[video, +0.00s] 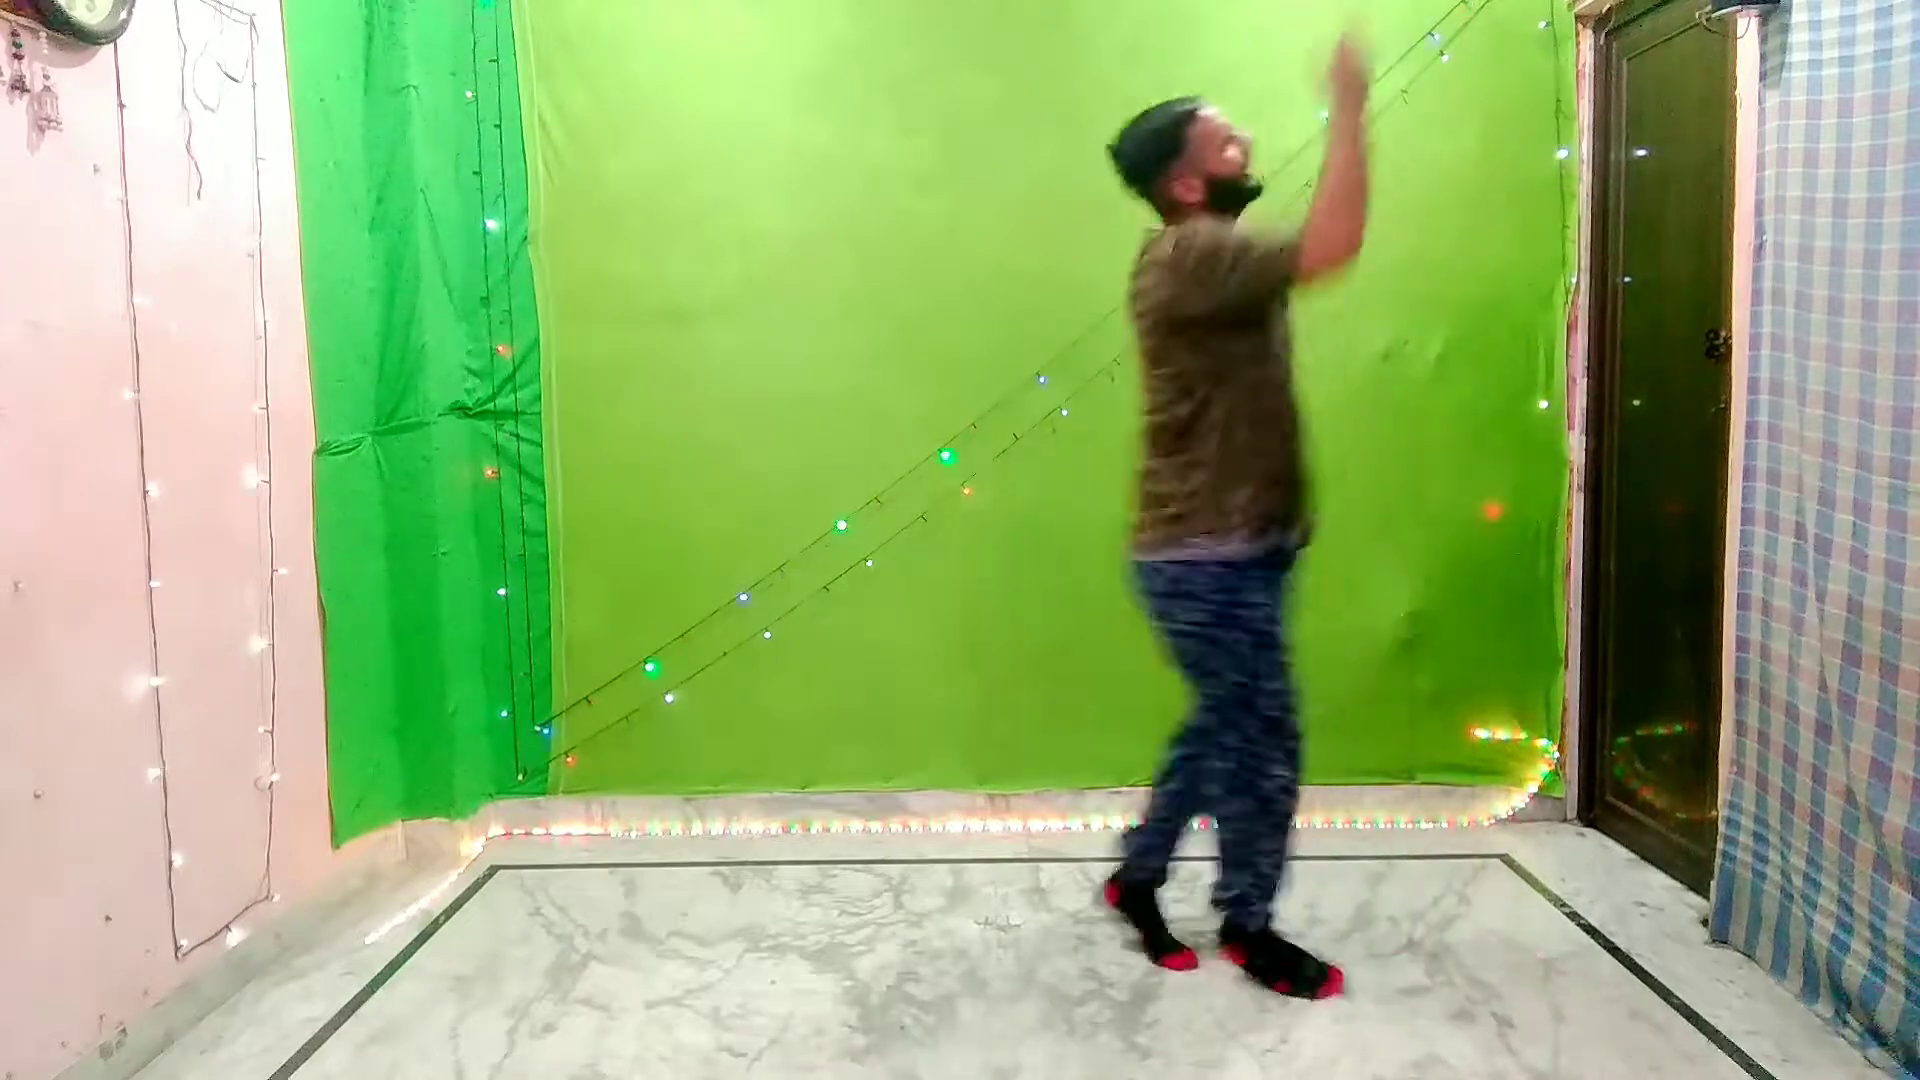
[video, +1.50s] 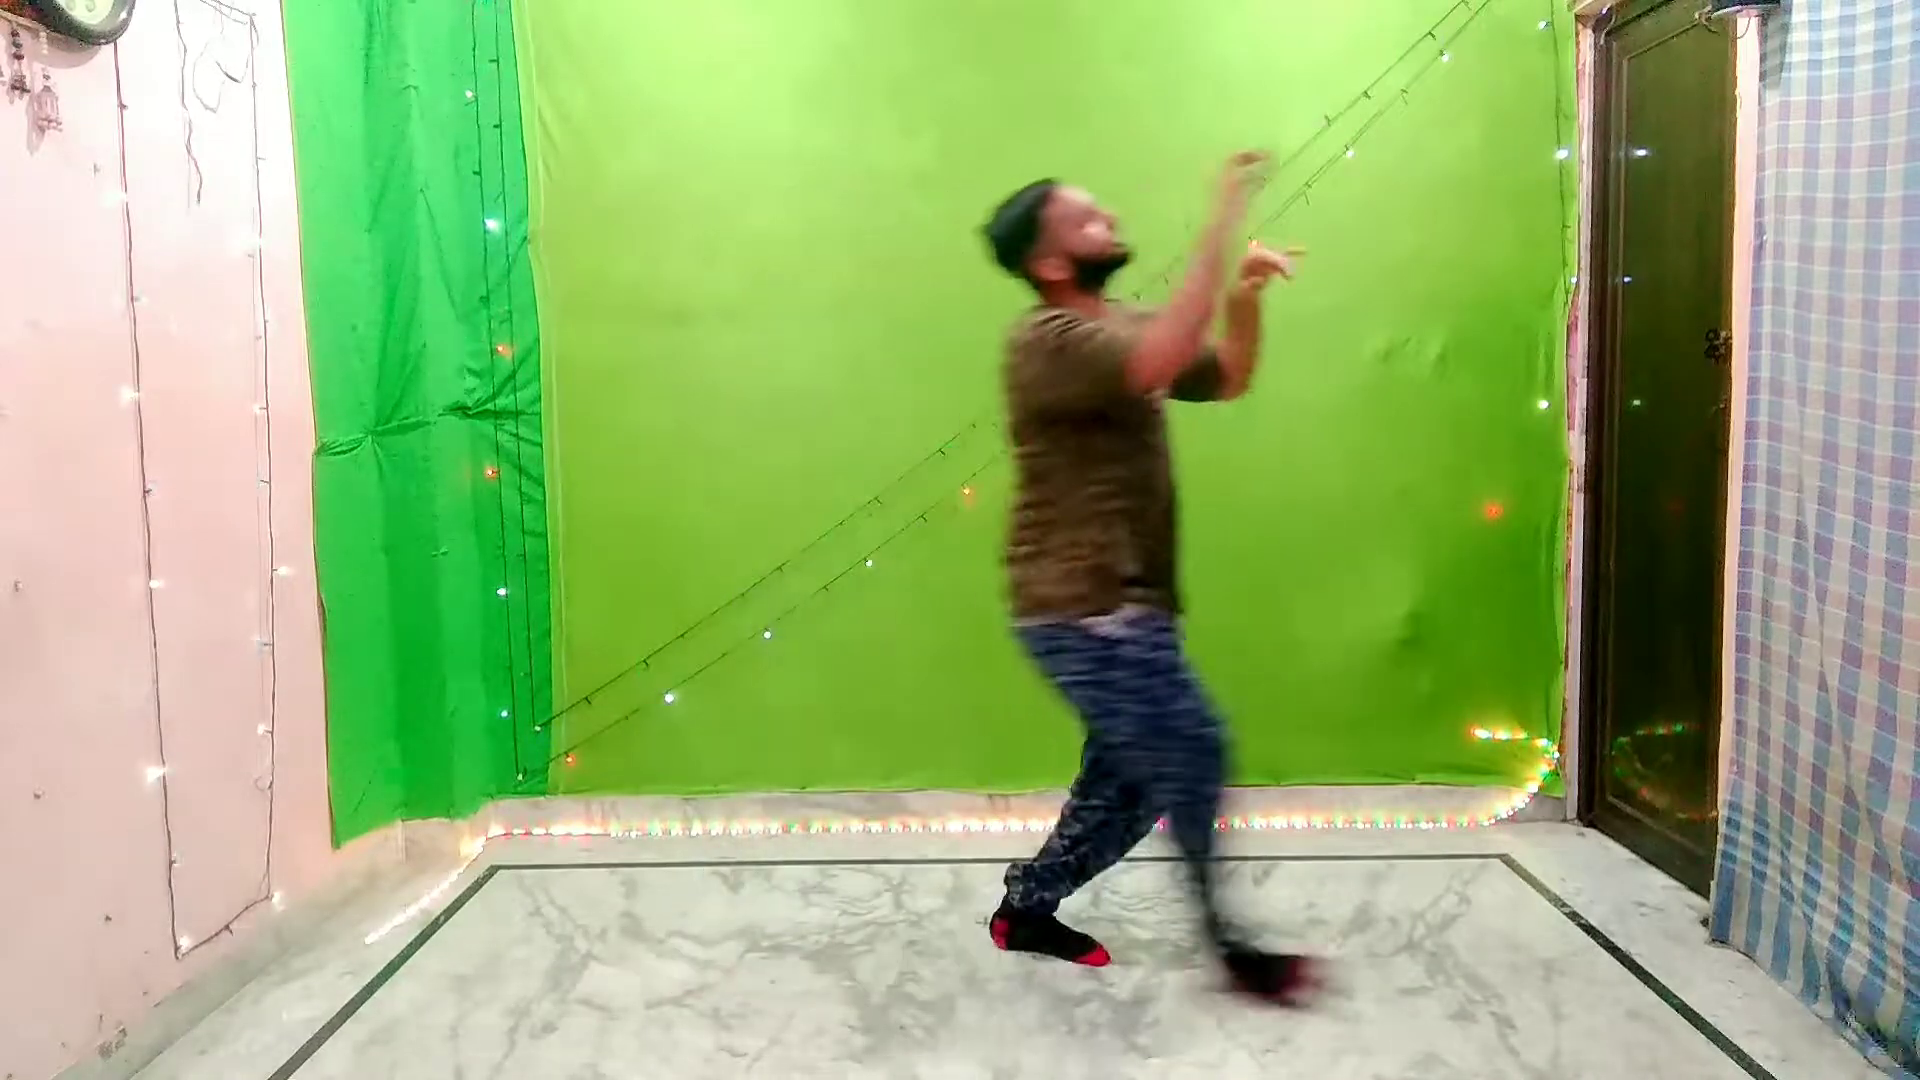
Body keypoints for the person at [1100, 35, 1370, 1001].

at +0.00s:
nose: (1241, 139)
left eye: (1229, 128)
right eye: (1221, 133)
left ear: (1182, 174)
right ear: (1184, 171)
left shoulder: (1201, 255)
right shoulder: (1190, 258)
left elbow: (1325, 244)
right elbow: (1330, 244)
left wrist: (1348, 123)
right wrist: (1350, 109)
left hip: (1228, 553)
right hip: (1207, 562)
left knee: (1224, 719)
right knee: (1262, 741)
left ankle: (1139, 875)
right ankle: (1247, 927)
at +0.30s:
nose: (1151, 232)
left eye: (1140, 220)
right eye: (1130, 228)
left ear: (1101, 265)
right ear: (1092, 262)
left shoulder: (1116, 341)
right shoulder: (1083, 341)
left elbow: (1178, 409)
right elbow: (1202, 411)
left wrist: (1197, 466)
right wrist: (1293, 332)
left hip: (1068, 614)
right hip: (985, 607)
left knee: (1140, 733)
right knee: (898, 763)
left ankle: (1109, 911)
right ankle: (754, 882)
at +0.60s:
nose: (943, 223)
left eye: (938, 211)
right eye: (923, 217)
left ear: (923, 247)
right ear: (886, 252)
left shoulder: (946, 332)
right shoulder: (872, 333)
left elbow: (1023, 349)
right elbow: (992, 340)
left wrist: (1109, 325)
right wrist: (1120, 301)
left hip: (963, 616)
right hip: (859, 620)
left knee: (1046, 740)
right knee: (796, 778)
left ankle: (1096, 912)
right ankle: (701, 915)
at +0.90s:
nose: (829, 243)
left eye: (821, 232)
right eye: (807, 241)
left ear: (826, 252)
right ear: (766, 284)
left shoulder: (884, 341)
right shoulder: (758, 356)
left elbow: (988, 366)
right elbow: (833, 378)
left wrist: (1036, 314)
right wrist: (964, 288)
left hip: (923, 613)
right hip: (809, 629)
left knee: (1023, 731)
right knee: (759, 792)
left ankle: (1052, 911)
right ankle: (696, 926)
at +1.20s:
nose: (954, 231)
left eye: (943, 220)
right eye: (929, 230)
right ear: (895, 277)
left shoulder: (1001, 338)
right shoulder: (885, 367)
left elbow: (1105, 367)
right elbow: (967, 417)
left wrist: (1139, 290)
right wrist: (990, 281)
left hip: (1012, 619)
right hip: (910, 630)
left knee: (1078, 751)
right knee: (847, 783)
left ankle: (1022, 914)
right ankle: (723, 905)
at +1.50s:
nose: (1105, 219)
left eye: (1095, 208)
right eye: (1083, 216)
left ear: (1064, 258)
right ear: (1048, 260)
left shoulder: (1122, 326)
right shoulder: (1049, 341)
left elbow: (1225, 377)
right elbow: (1158, 358)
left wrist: (1245, 296)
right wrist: (1222, 224)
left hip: (1130, 604)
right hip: (1080, 610)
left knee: (1133, 774)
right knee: (1190, 745)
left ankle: (1030, 908)